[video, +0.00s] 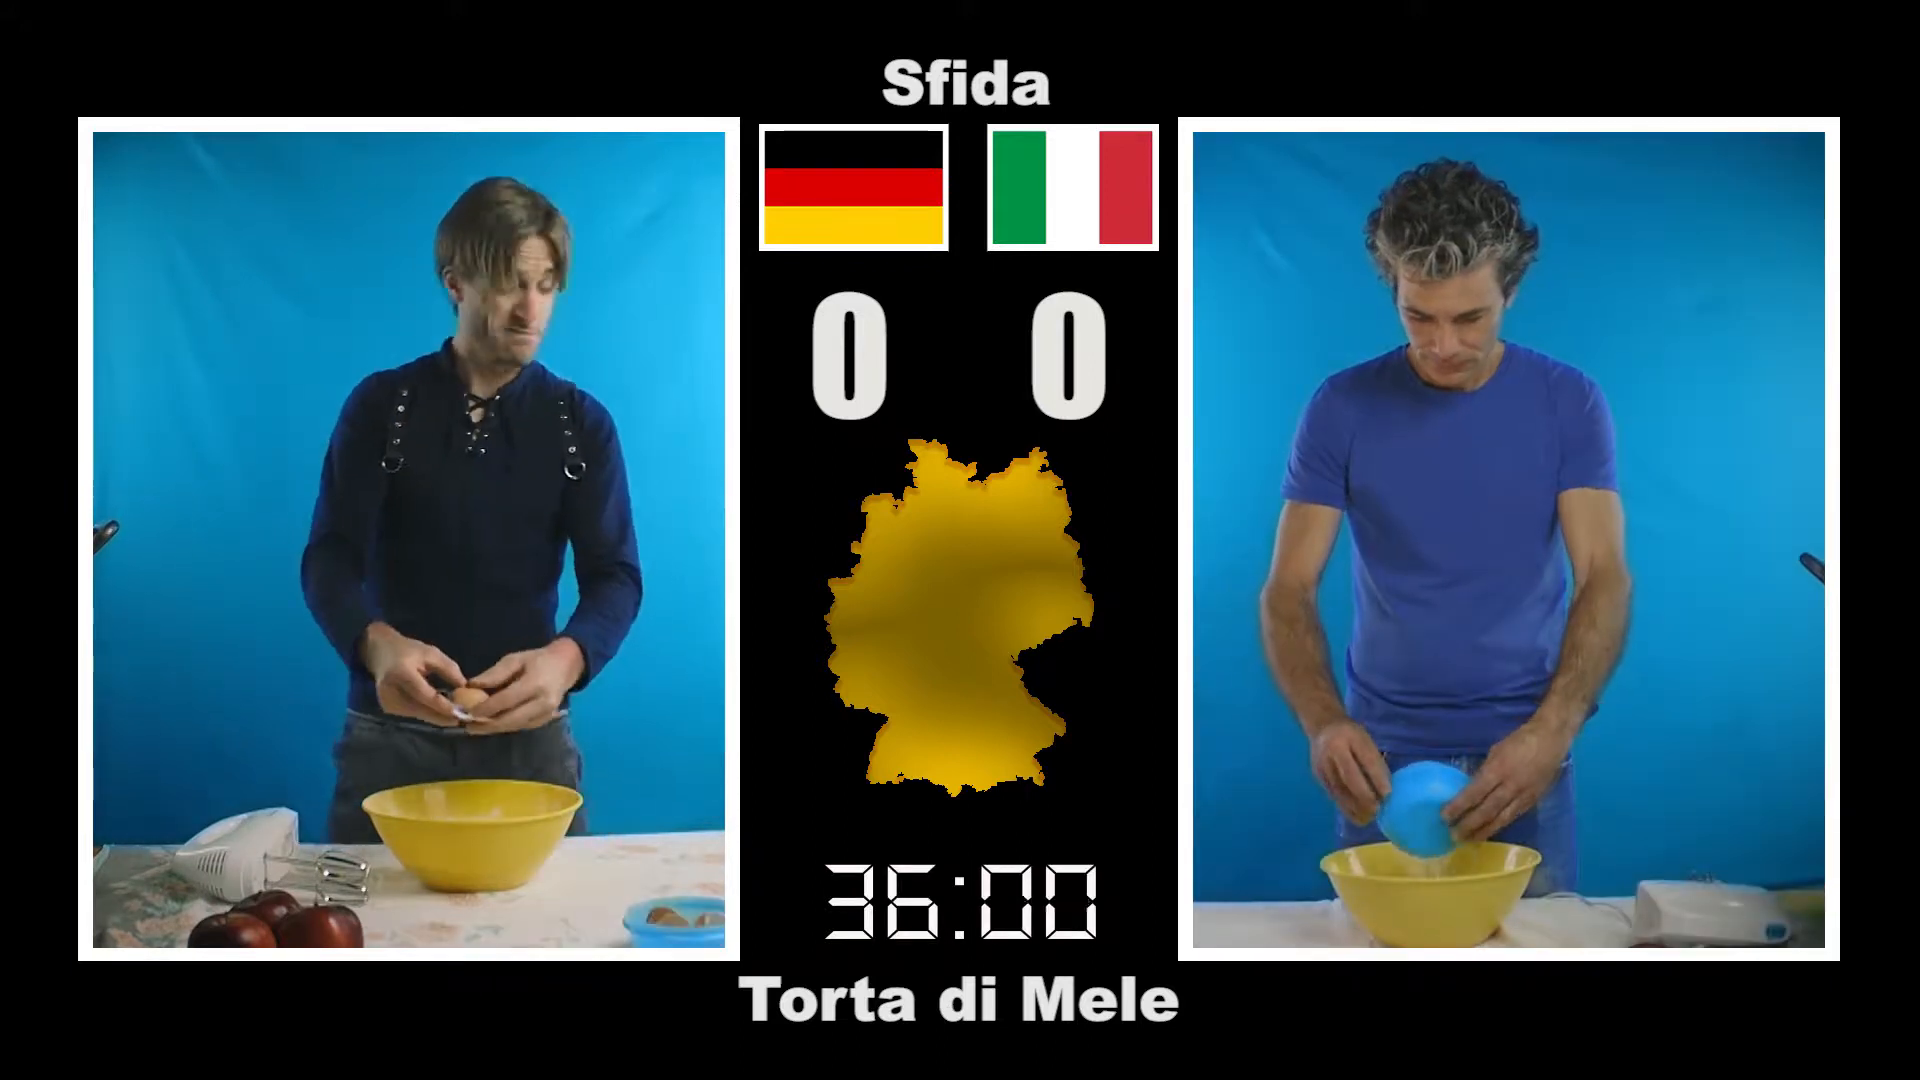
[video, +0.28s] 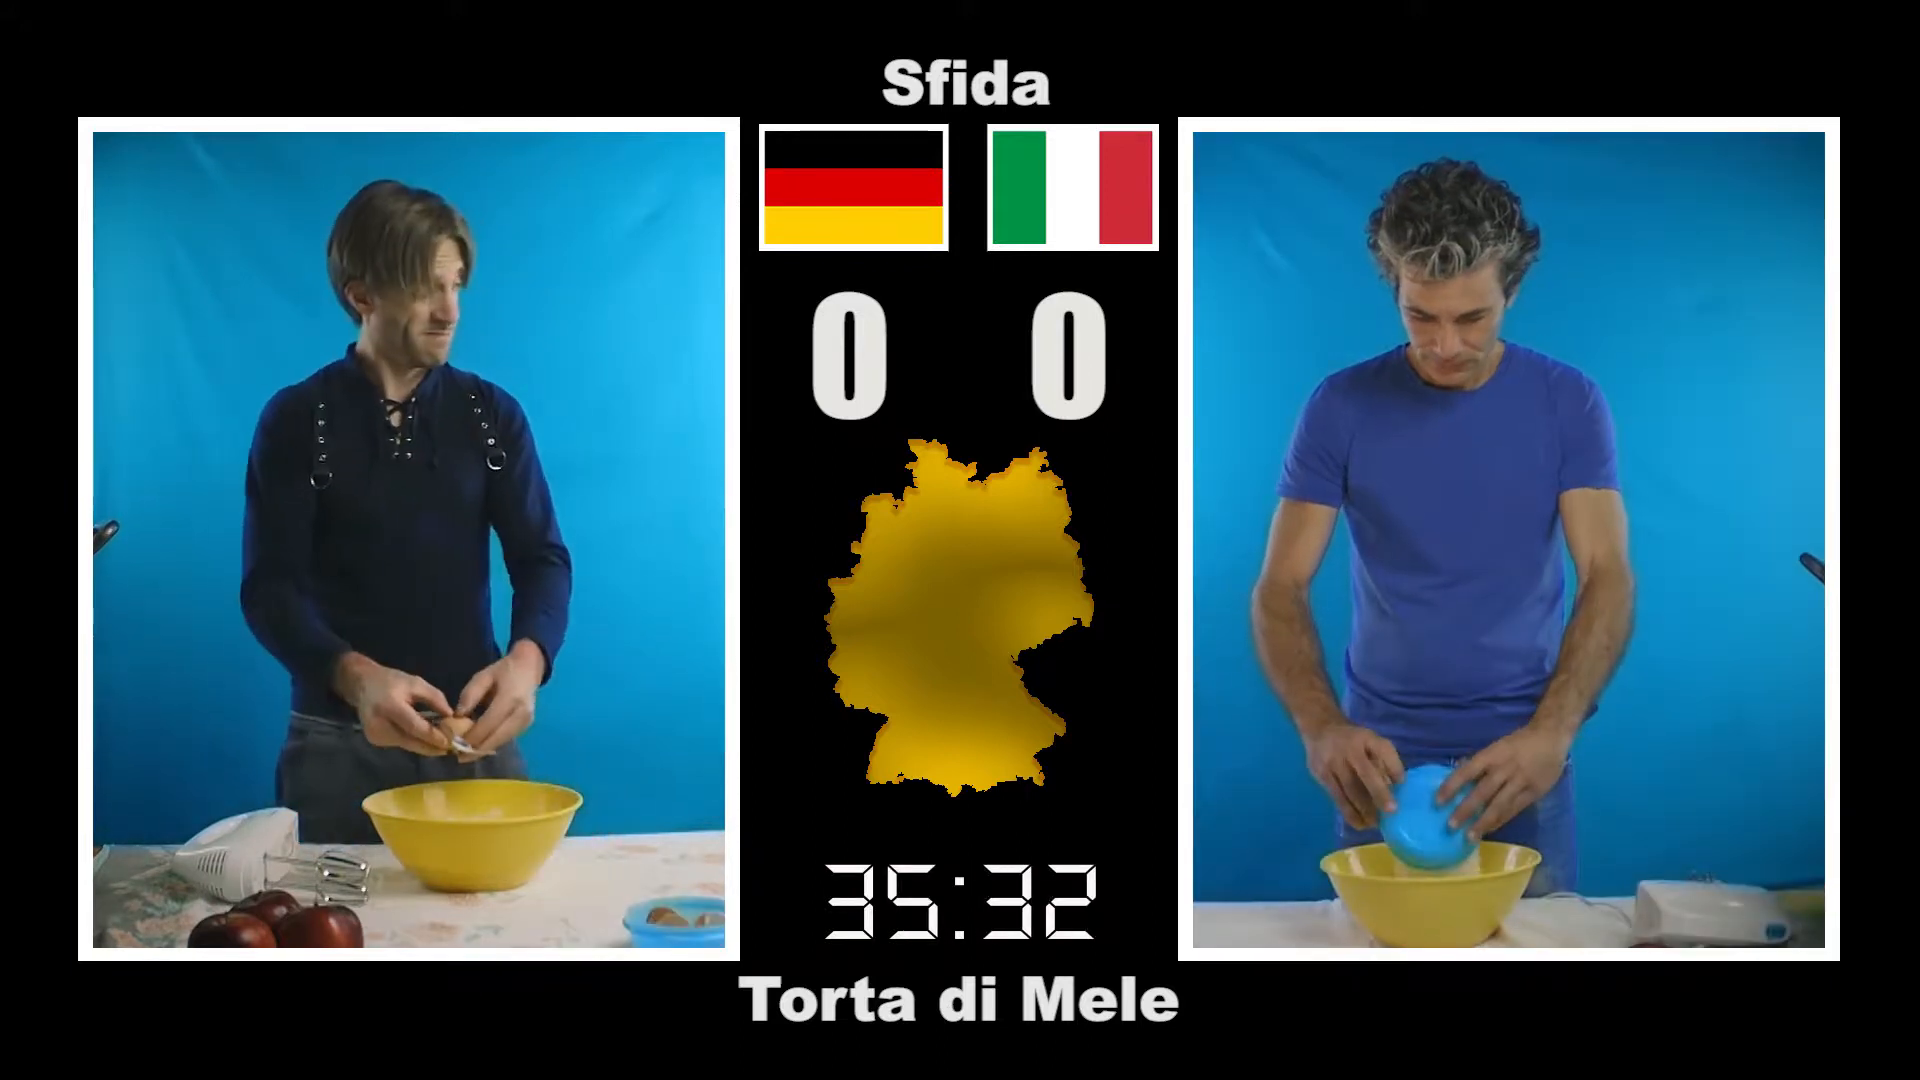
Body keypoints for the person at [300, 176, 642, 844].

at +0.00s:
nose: (528, 308)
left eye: (544, 285)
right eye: (508, 285)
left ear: (558, 285)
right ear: (456, 279)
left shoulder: (579, 424)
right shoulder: (381, 407)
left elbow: (614, 577)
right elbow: (330, 557)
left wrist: (566, 661)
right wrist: (376, 645)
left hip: (527, 748)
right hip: (395, 743)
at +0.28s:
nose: (446, 309)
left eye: (454, 287)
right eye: (423, 289)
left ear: (463, 287)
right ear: (361, 294)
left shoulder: (491, 417)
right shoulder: (298, 421)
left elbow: (542, 557)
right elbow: (268, 590)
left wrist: (527, 661)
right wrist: (357, 678)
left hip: (477, 752)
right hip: (344, 757)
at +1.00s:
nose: (471, 337)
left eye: (492, 315)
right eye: (453, 313)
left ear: (514, 305)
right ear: (416, 292)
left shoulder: (551, 417)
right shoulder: (351, 415)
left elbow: (587, 562)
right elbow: (321, 569)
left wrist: (538, 681)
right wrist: (372, 685)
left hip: (519, 733)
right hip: (385, 734)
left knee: (544, 933)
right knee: (364, 934)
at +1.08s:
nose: (475, 342)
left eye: (497, 320)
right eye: (458, 316)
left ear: (521, 310)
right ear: (426, 295)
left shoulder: (557, 418)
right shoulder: (358, 413)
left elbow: (593, 563)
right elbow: (329, 563)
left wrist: (546, 681)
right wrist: (376, 686)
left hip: (521, 732)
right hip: (387, 732)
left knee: (547, 933)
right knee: (363, 933)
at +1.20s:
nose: (483, 344)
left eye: (505, 322)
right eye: (467, 319)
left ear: (528, 312)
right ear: (433, 296)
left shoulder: (559, 421)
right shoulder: (363, 412)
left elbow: (597, 560)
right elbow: (336, 560)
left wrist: (556, 675)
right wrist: (386, 680)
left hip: (523, 734)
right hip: (388, 735)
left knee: (546, 933)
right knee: (365, 933)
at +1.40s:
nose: (486, 346)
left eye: (506, 325)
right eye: (468, 321)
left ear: (531, 314)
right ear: (432, 298)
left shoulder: (554, 426)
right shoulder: (359, 414)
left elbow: (578, 559)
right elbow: (330, 562)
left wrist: (527, 678)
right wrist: (365, 693)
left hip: (516, 738)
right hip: (383, 739)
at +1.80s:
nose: (453, 350)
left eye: (473, 328)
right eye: (435, 328)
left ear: (495, 317)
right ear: (400, 310)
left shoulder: (536, 424)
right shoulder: (344, 428)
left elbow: (575, 546)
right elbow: (332, 567)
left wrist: (560, 680)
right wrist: (383, 699)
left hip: (517, 739)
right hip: (384, 741)